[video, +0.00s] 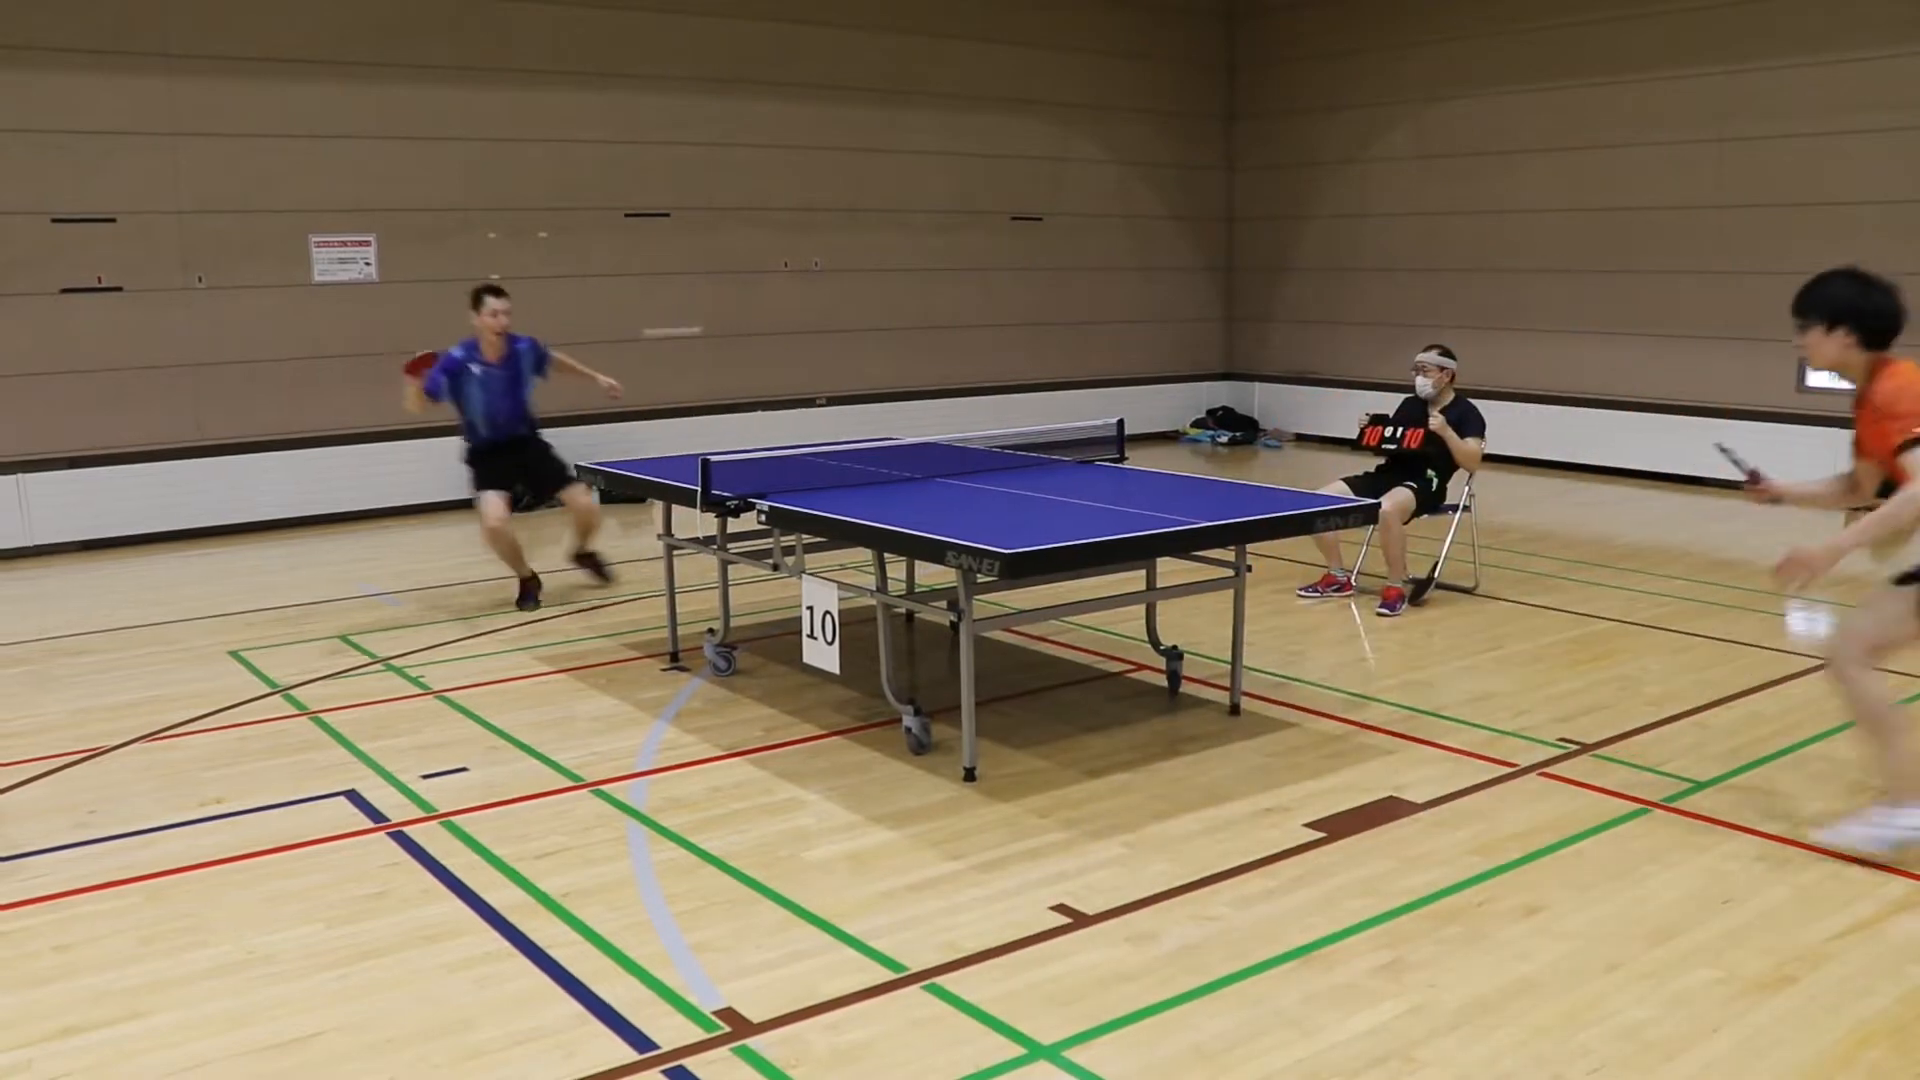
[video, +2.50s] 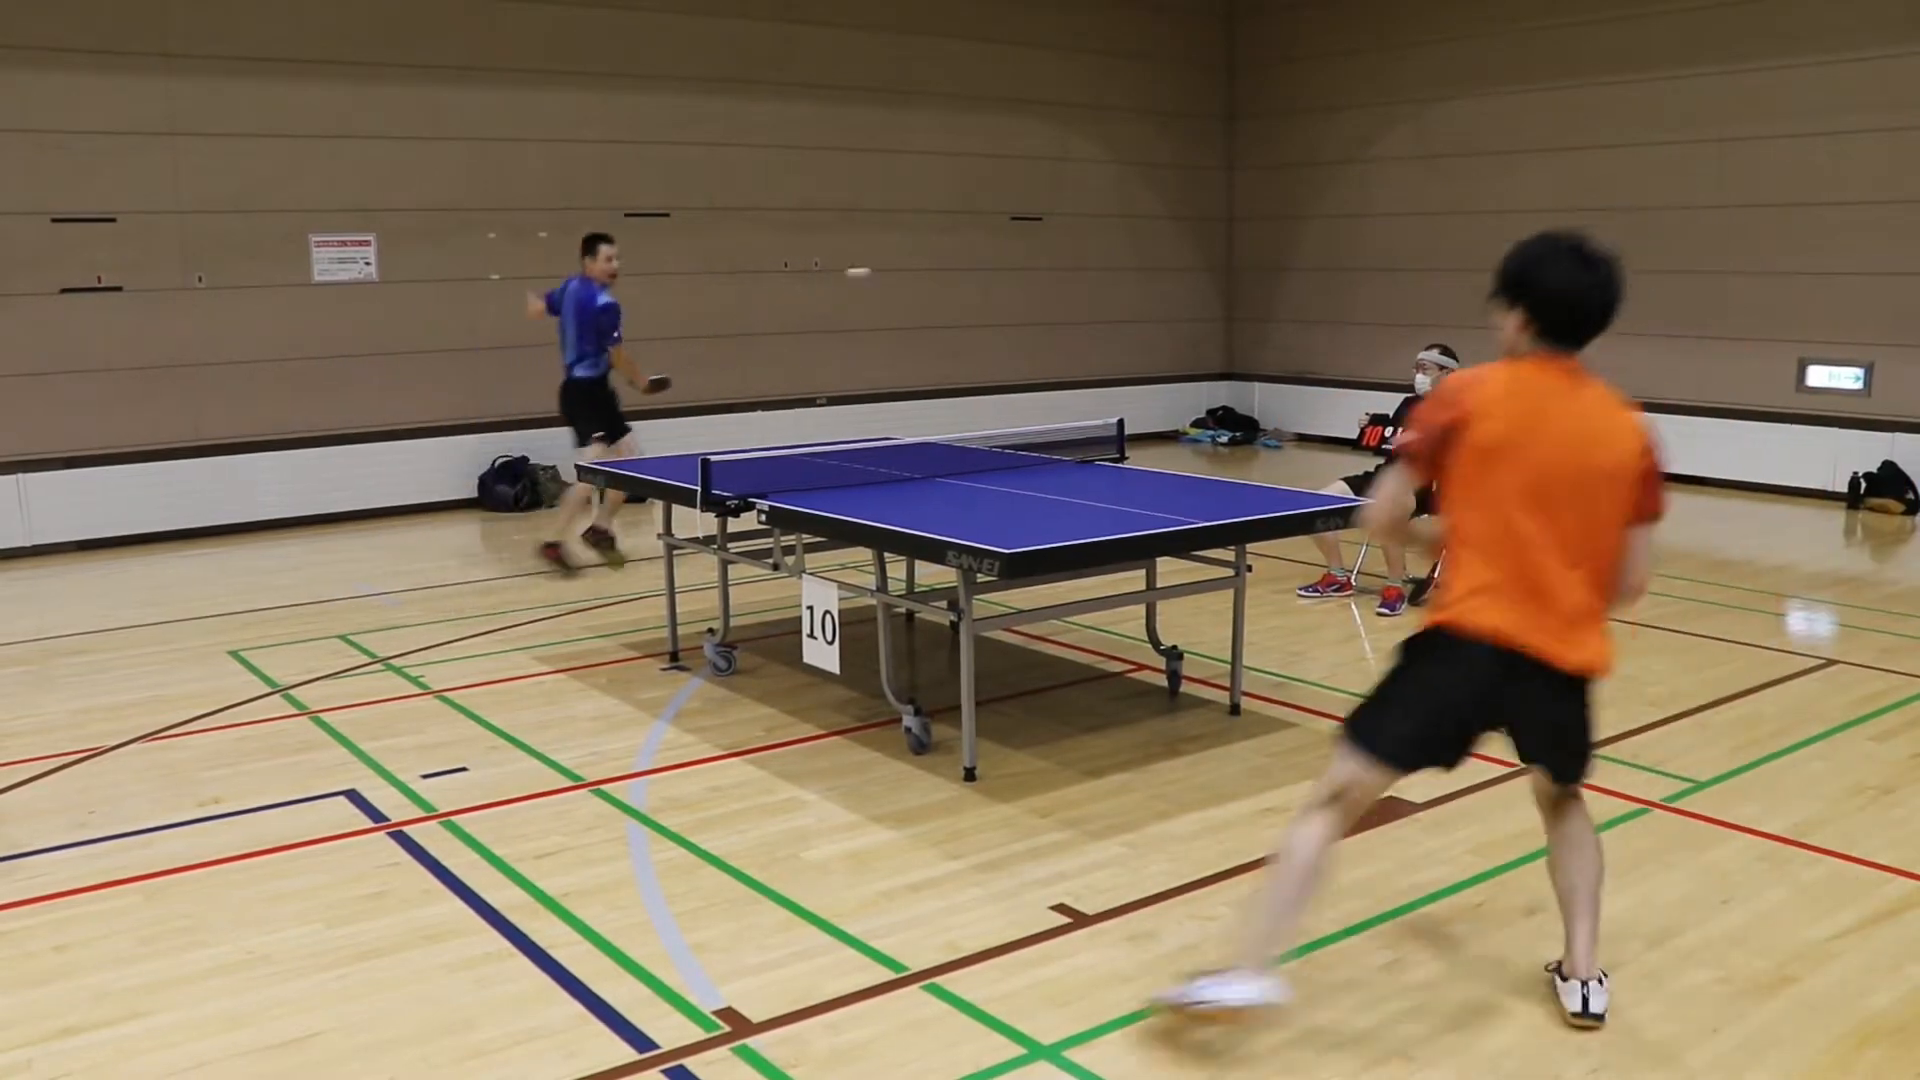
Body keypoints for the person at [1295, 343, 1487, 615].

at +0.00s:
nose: (1418, 376)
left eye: (1425, 370)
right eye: (1416, 370)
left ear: (1446, 376)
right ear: (1414, 373)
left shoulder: (1466, 413)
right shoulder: (1411, 404)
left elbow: (1472, 463)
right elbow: (1393, 439)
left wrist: (1447, 433)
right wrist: (1373, 426)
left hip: (1426, 482)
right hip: (1390, 473)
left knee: (1388, 510)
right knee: (1318, 502)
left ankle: (1395, 588)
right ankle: (1337, 576)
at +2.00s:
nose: (1430, 375)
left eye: (1439, 369)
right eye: (1425, 369)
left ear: (1455, 375)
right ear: (1419, 374)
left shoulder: (1467, 413)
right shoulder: (1411, 404)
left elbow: (1472, 463)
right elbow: (1393, 440)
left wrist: (1447, 433)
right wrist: (1372, 426)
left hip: (1427, 481)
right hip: (1390, 473)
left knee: (1388, 510)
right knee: (1318, 502)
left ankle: (1395, 588)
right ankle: (1337, 576)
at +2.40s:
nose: (1417, 375)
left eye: (1424, 370)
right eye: (1416, 369)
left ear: (1446, 376)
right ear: (1414, 372)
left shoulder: (1465, 413)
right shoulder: (1411, 404)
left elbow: (1473, 462)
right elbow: (1393, 439)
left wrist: (1447, 433)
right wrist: (1372, 426)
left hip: (1427, 481)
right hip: (1390, 473)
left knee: (1388, 510)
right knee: (1319, 503)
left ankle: (1395, 588)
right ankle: (1337, 576)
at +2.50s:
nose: (1419, 374)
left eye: (1427, 369)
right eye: (1417, 368)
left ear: (1447, 374)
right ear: (1414, 371)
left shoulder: (1453, 409)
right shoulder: (1409, 404)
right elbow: (1393, 439)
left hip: (1429, 484)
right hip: (1392, 474)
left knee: (1387, 511)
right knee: (1318, 503)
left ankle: (1396, 586)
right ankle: (1338, 576)